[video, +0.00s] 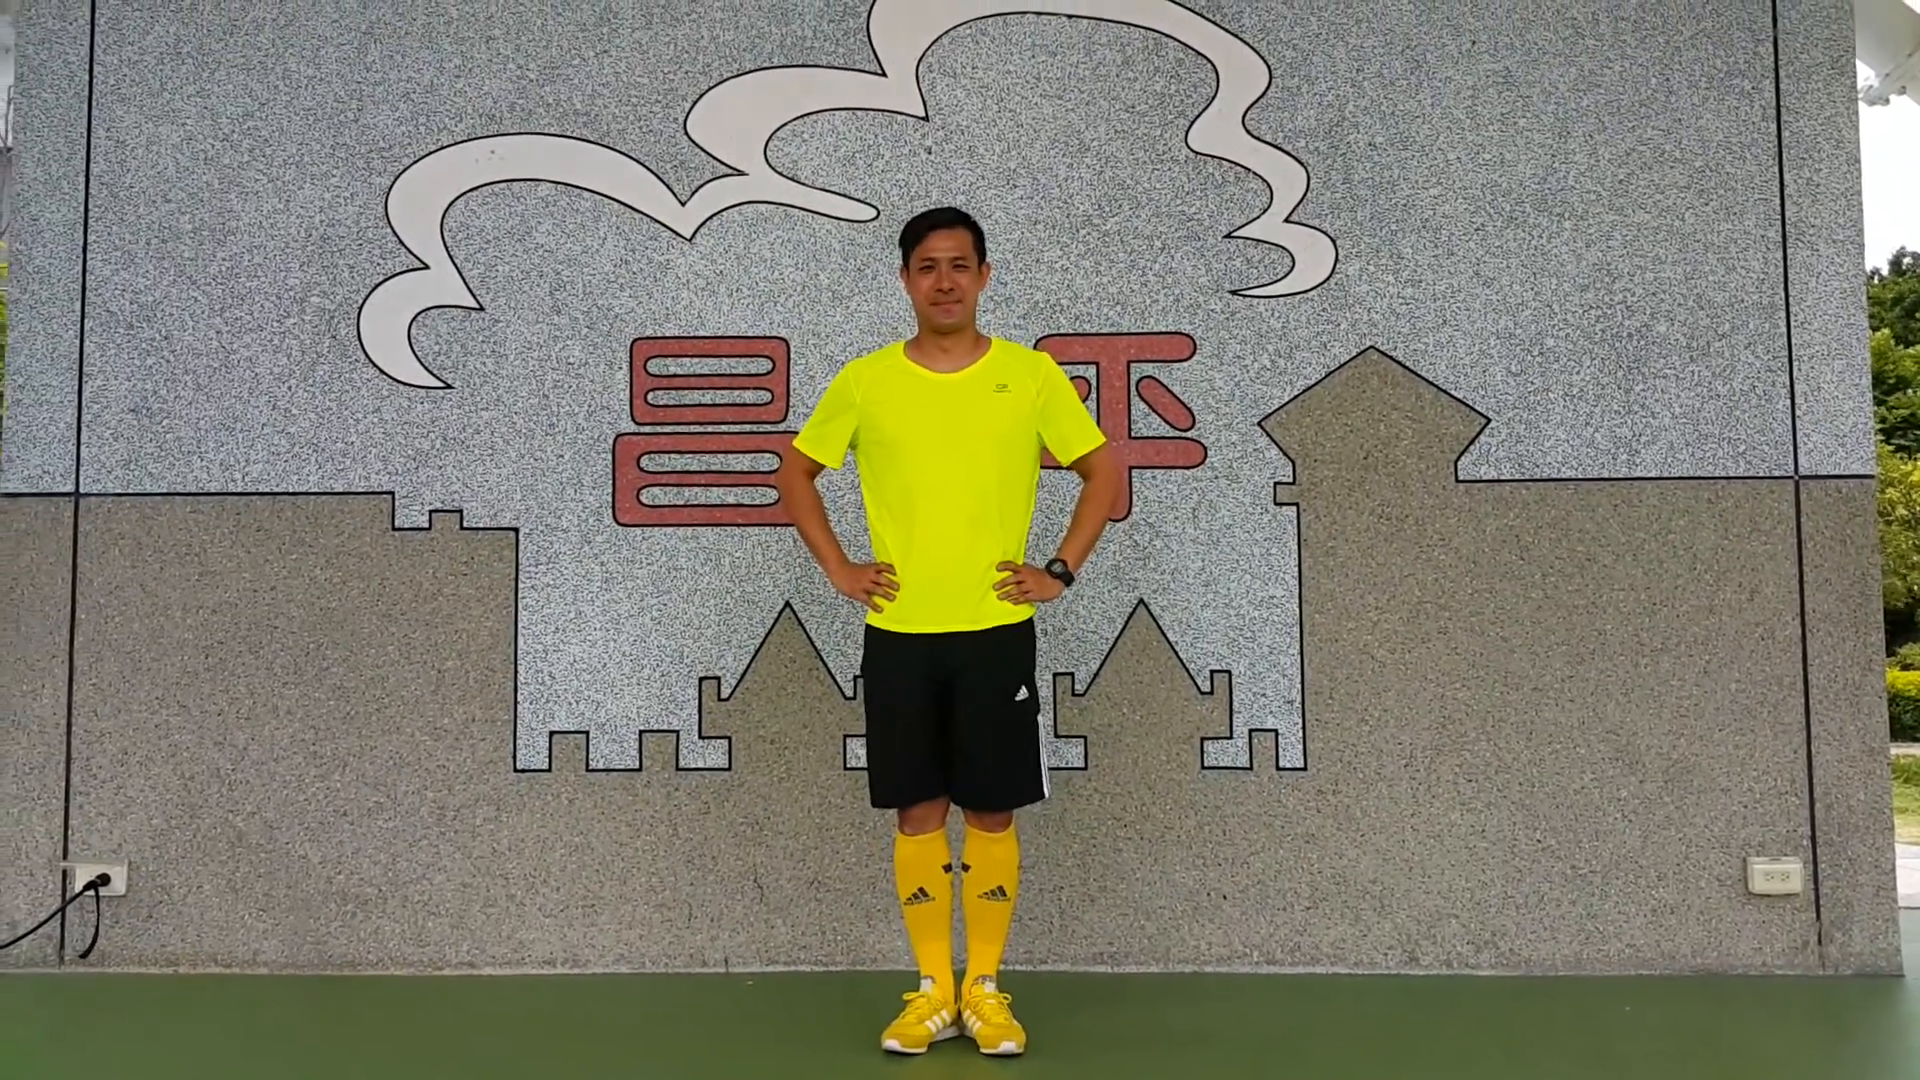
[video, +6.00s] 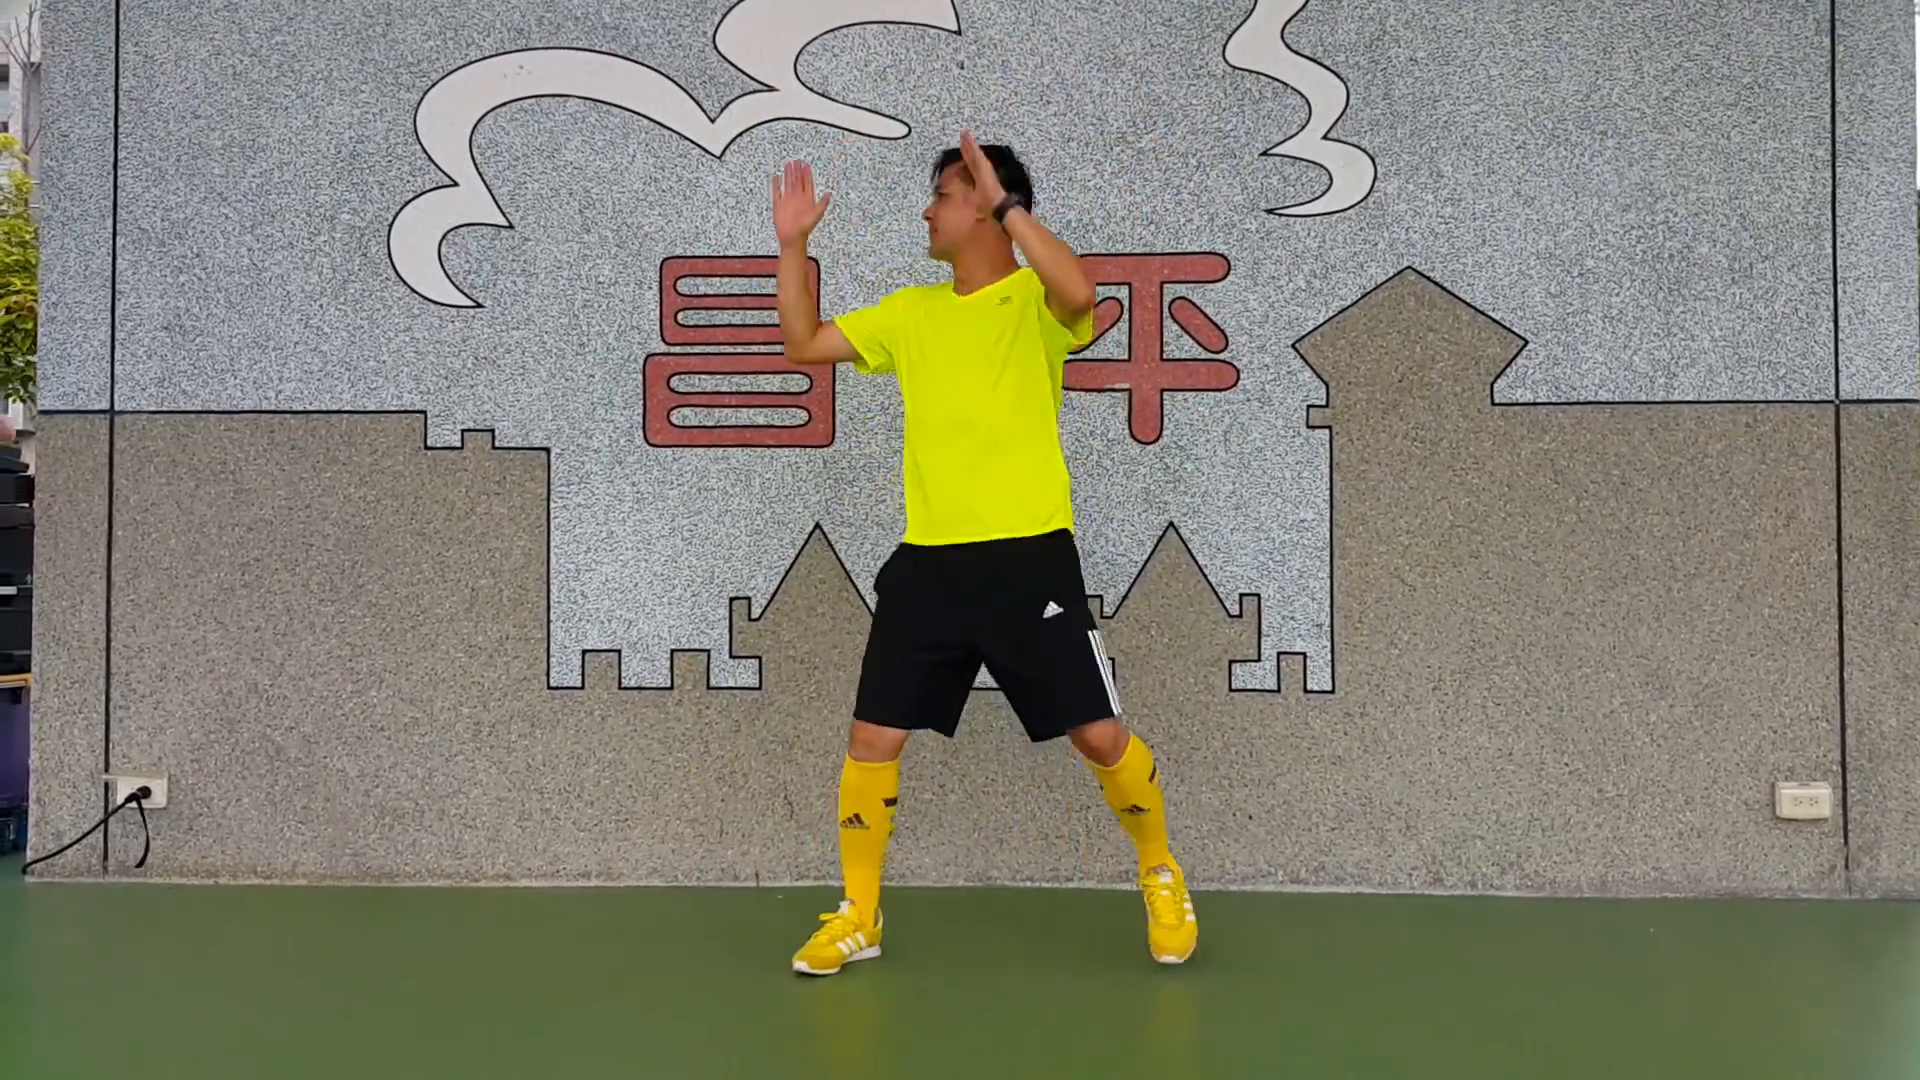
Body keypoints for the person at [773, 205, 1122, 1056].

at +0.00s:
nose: (944, 280)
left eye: (960, 265)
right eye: (928, 267)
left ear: (984, 278)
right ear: (906, 282)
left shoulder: (1030, 373)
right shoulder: (865, 380)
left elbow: (1106, 469)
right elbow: (794, 474)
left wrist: (1061, 570)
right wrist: (838, 566)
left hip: (997, 624)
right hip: (900, 626)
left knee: (990, 809)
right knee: (918, 808)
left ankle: (983, 989)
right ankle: (934, 991)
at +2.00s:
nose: (999, 271)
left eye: (1013, 257)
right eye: (983, 262)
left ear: (1043, 272)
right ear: (967, 286)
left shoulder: (1091, 363)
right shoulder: (937, 365)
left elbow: (1181, 437)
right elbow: (868, 450)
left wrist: (1170, 364)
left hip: (1045, 612)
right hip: (942, 607)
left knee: (1063, 809)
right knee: (917, 802)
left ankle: (1052, 999)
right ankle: (923, 997)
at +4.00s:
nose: (974, 246)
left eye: (990, 233)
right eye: (959, 236)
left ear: (1015, 252)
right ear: (939, 257)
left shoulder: (1055, 346)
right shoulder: (906, 351)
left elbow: (1125, 435)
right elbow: (824, 434)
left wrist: (1148, 375)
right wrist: (789, 363)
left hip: (1024, 588)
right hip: (921, 588)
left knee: (1071, 770)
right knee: (884, 767)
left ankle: (1121, 952)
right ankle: (849, 953)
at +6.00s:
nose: (933, 202)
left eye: (950, 190)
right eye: (937, 190)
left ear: (997, 214)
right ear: (947, 216)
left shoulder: (1039, 294)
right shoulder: (909, 311)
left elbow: (1077, 293)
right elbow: (804, 342)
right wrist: (792, 246)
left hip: (1031, 552)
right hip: (927, 558)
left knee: (1098, 735)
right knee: (873, 734)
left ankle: (1161, 875)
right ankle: (858, 916)